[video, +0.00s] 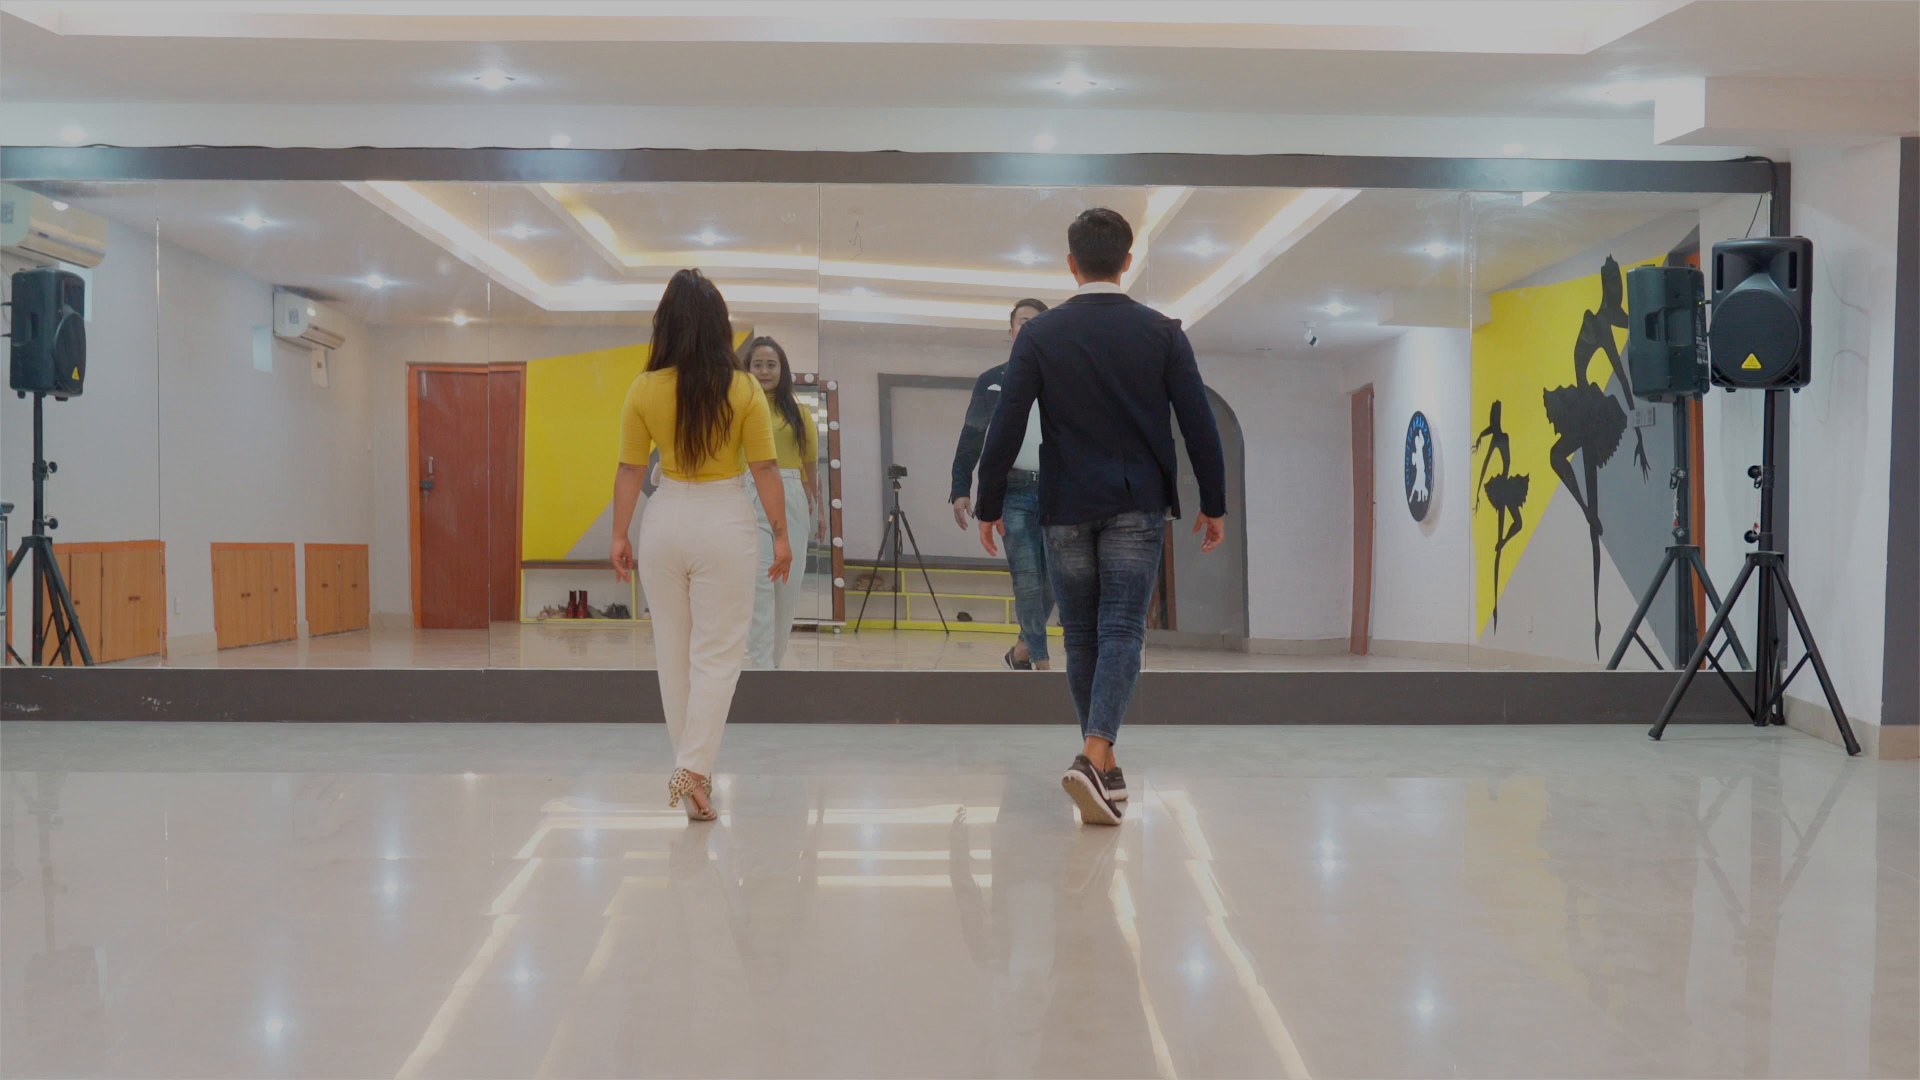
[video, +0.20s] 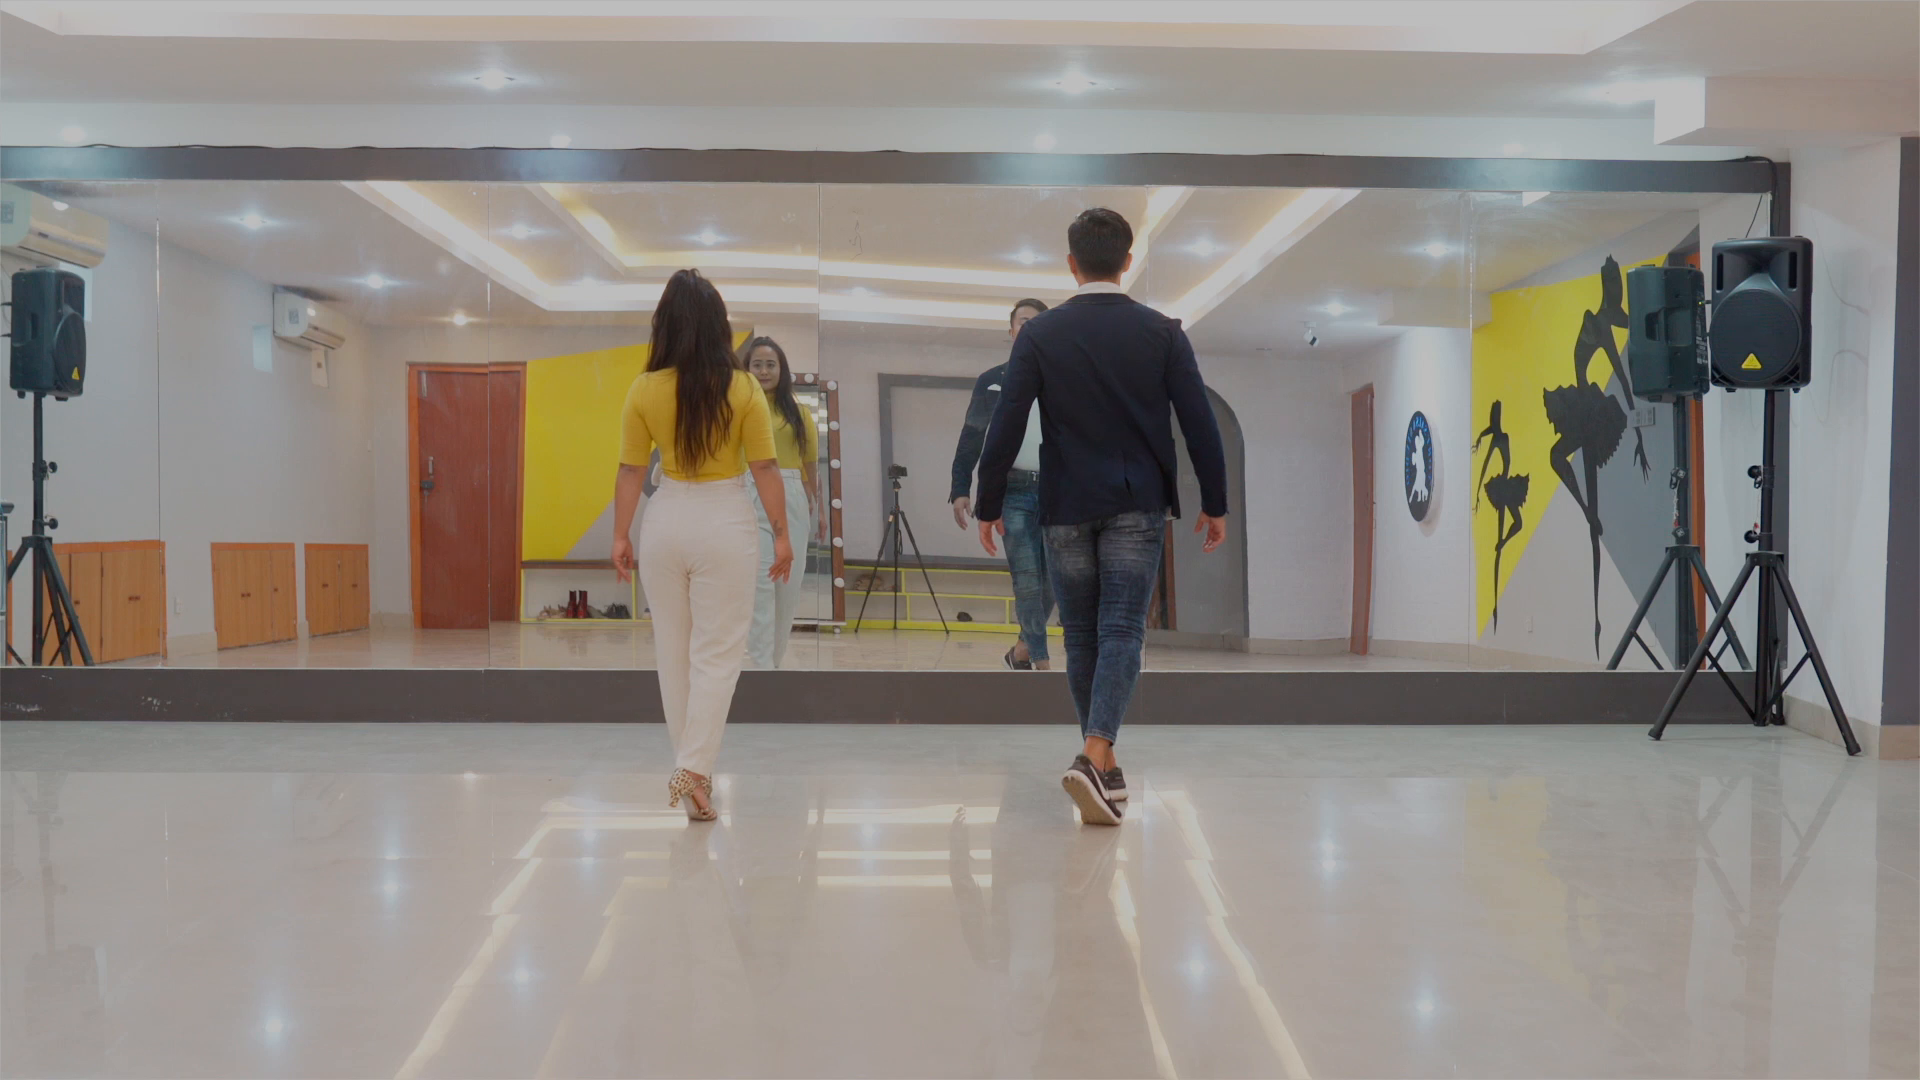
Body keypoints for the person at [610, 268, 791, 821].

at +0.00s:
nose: (730, 330)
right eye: (725, 321)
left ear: (665, 324)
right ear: (721, 324)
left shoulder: (645, 389)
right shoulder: (741, 387)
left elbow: (631, 469)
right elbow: (764, 467)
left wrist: (620, 533)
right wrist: (781, 533)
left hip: (663, 517)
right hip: (728, 519)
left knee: (673, 648)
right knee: (719, 651)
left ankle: (689, 770)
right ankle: (693, 767)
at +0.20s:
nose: (728, 328)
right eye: (724, 319)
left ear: (664, 325)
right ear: (720, 323)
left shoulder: (646, 389)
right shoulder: (741, 387)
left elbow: (631, 469)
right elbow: (763, 466)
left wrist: (621, 533)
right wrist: (782, 532)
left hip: (664, 516)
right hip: (728, 518)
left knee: (673, 649)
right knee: (719, 652)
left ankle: (690, 770)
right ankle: (694, 768)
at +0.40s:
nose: (729, 329)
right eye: (724, 319)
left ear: (664, 325)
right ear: (720, 323)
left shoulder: (646, 389)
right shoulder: (741, 387)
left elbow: (631, 470)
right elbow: (764, 467)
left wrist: (621, 534)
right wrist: (782, 532)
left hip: (664, 517)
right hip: (728, 518)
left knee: (674, 647)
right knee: (719, 651)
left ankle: (692, 770)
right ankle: (694, 768)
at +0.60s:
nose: (731, 331)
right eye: (726, 321)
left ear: (665, 326)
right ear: (721, 324)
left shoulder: (646, 390)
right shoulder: (742, 388)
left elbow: (631, 470)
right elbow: (764, 468)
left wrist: (619, 533)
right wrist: (783, 534)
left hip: (665, 517)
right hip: (729, 519)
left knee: (673, 647)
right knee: (719, 652)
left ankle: (690, 768)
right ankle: (694, 768)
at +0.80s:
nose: (731, 330)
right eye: (726, 321)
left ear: (666, 325)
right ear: (721, 324)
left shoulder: (647, 390)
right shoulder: (742, 388)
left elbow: (630, 470)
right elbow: (765, 468)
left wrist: (617, 533)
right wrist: (783, 533)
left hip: (665, 517)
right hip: (729, 519)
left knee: (674, 647)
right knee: (720, 651)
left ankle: (692, 771)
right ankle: (694, 769)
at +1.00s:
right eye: (724, 319)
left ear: (664, 326)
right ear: (720, 322)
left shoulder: (651, 387)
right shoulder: (745, 382)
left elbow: (634, 459)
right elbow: (773, 457)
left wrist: (669, 487)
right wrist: (778, 523)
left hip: (666, 522)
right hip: (726, 520)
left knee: (677, 647)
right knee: (721, 654)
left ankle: (684, 768)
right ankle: (697, 772)